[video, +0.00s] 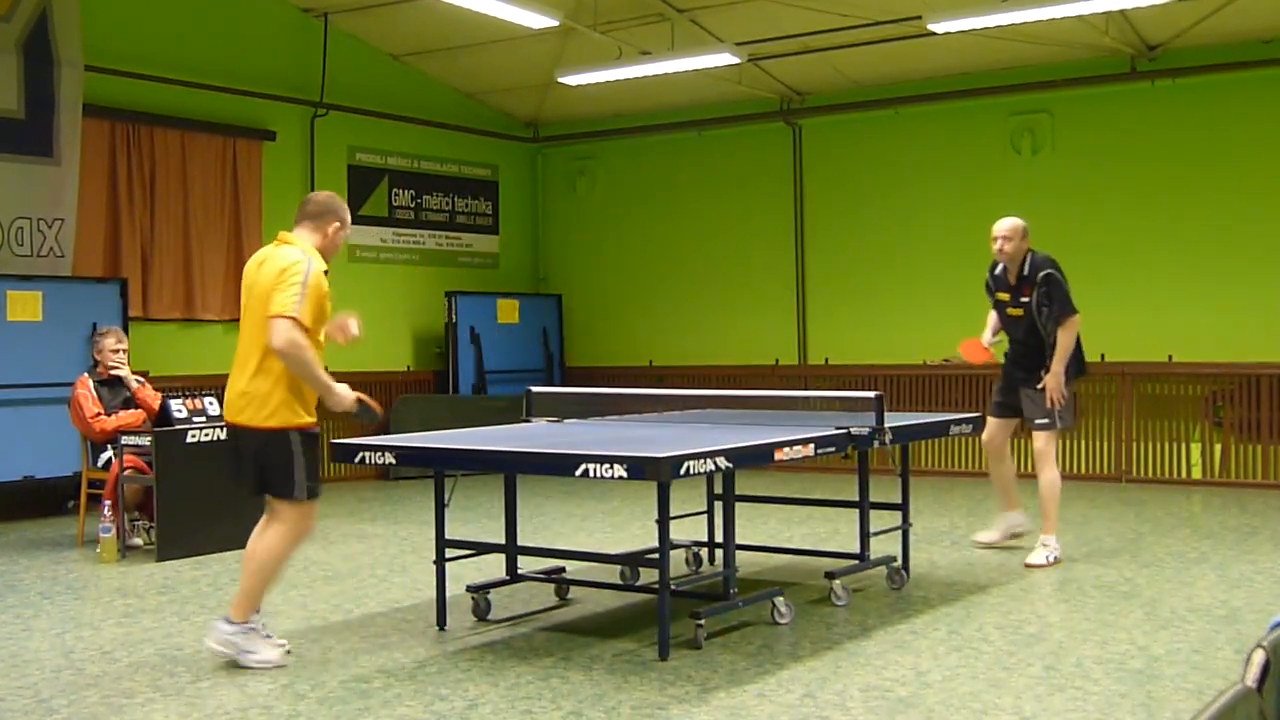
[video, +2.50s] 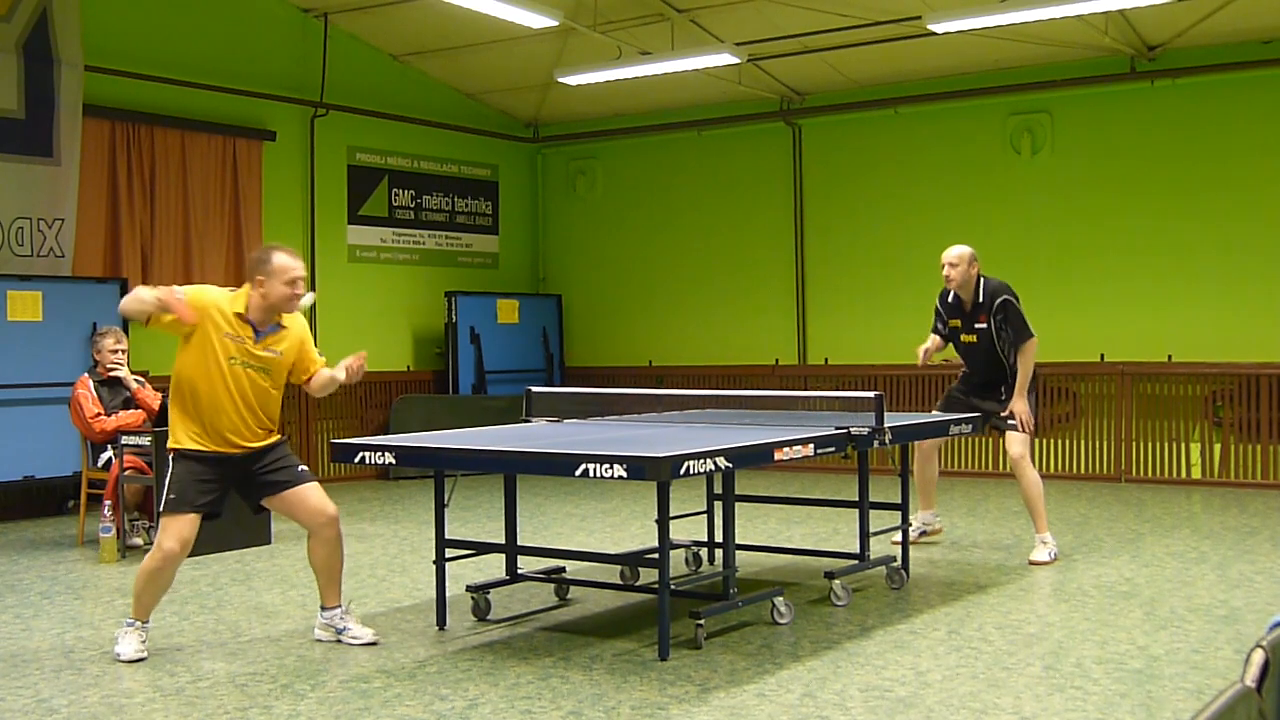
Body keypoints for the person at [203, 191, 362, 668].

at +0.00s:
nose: (342, 244)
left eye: (344, 237)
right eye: (344, 236)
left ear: (302, 221)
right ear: (333, 229)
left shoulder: (262, 259)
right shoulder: (303, 264)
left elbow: (269, 330)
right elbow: (285, 338)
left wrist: (325, 330)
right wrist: (330, 389)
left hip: (253, 410)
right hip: (280, 414)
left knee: (276, 515)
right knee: (296, 517)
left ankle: (245, 622)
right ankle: (236, 624)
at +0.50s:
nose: (387, 301)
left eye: (390, 292)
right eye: (385, 292)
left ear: (361, 285)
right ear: (358, 284)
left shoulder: (356, 328)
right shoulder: (293, 310)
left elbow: (360, 389)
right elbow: (269, 386)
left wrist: (398, 421)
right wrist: (336, 411)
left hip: (303, 426)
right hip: (248, 423)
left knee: (340, 514)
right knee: (258, 524)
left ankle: (333, 618)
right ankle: (220, 633)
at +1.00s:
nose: (374, 363)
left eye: (378, 354)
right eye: (370, 352)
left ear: (347, 344)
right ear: (341, 340)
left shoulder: (352, 376)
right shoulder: (287, 356)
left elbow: (352, 441)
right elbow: (285, 433)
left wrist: (404, 433)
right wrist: (349, 436)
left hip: (290, 456)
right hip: (231, 454)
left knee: (348, 516)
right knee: (198, 548)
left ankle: (334, 617)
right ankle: (136, 624)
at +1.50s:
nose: (368, 382)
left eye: (371, 373)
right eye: (362, 372)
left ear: (340, 368)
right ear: (330, 367)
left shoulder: (350, 396)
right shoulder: (283, 382)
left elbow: (349, 464)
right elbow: (288, 458)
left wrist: (391, 446)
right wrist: (361, 449)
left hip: (286, 480)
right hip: (232, 478)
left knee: (356, 515)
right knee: (199, 561)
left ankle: (335, 616)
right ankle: (139, 624)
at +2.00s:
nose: (342, 365)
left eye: (344, 356)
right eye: (335, 356)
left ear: (340, 353)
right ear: (304, 350)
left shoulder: (332, 379)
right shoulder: (259, 370)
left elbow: (347, 440)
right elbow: (280, 439)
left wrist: (394, 441)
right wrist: (347, 432)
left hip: (286, 474)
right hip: (227, 476)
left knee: (353, 516)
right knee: (196, 562)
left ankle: (335, 617)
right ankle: (141, 623)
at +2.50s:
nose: (301, 290)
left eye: (303, 282)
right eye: (292, 283)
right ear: (259, 284)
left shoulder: (295, 329)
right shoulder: (207, 303)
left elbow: (315, 385)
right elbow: (127, 306)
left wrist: (339, 374)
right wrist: (156, 299)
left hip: (262, 449)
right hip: (196, 450)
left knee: (325, 517)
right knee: (172, 547)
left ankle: (332, 616)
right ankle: (135, 626)